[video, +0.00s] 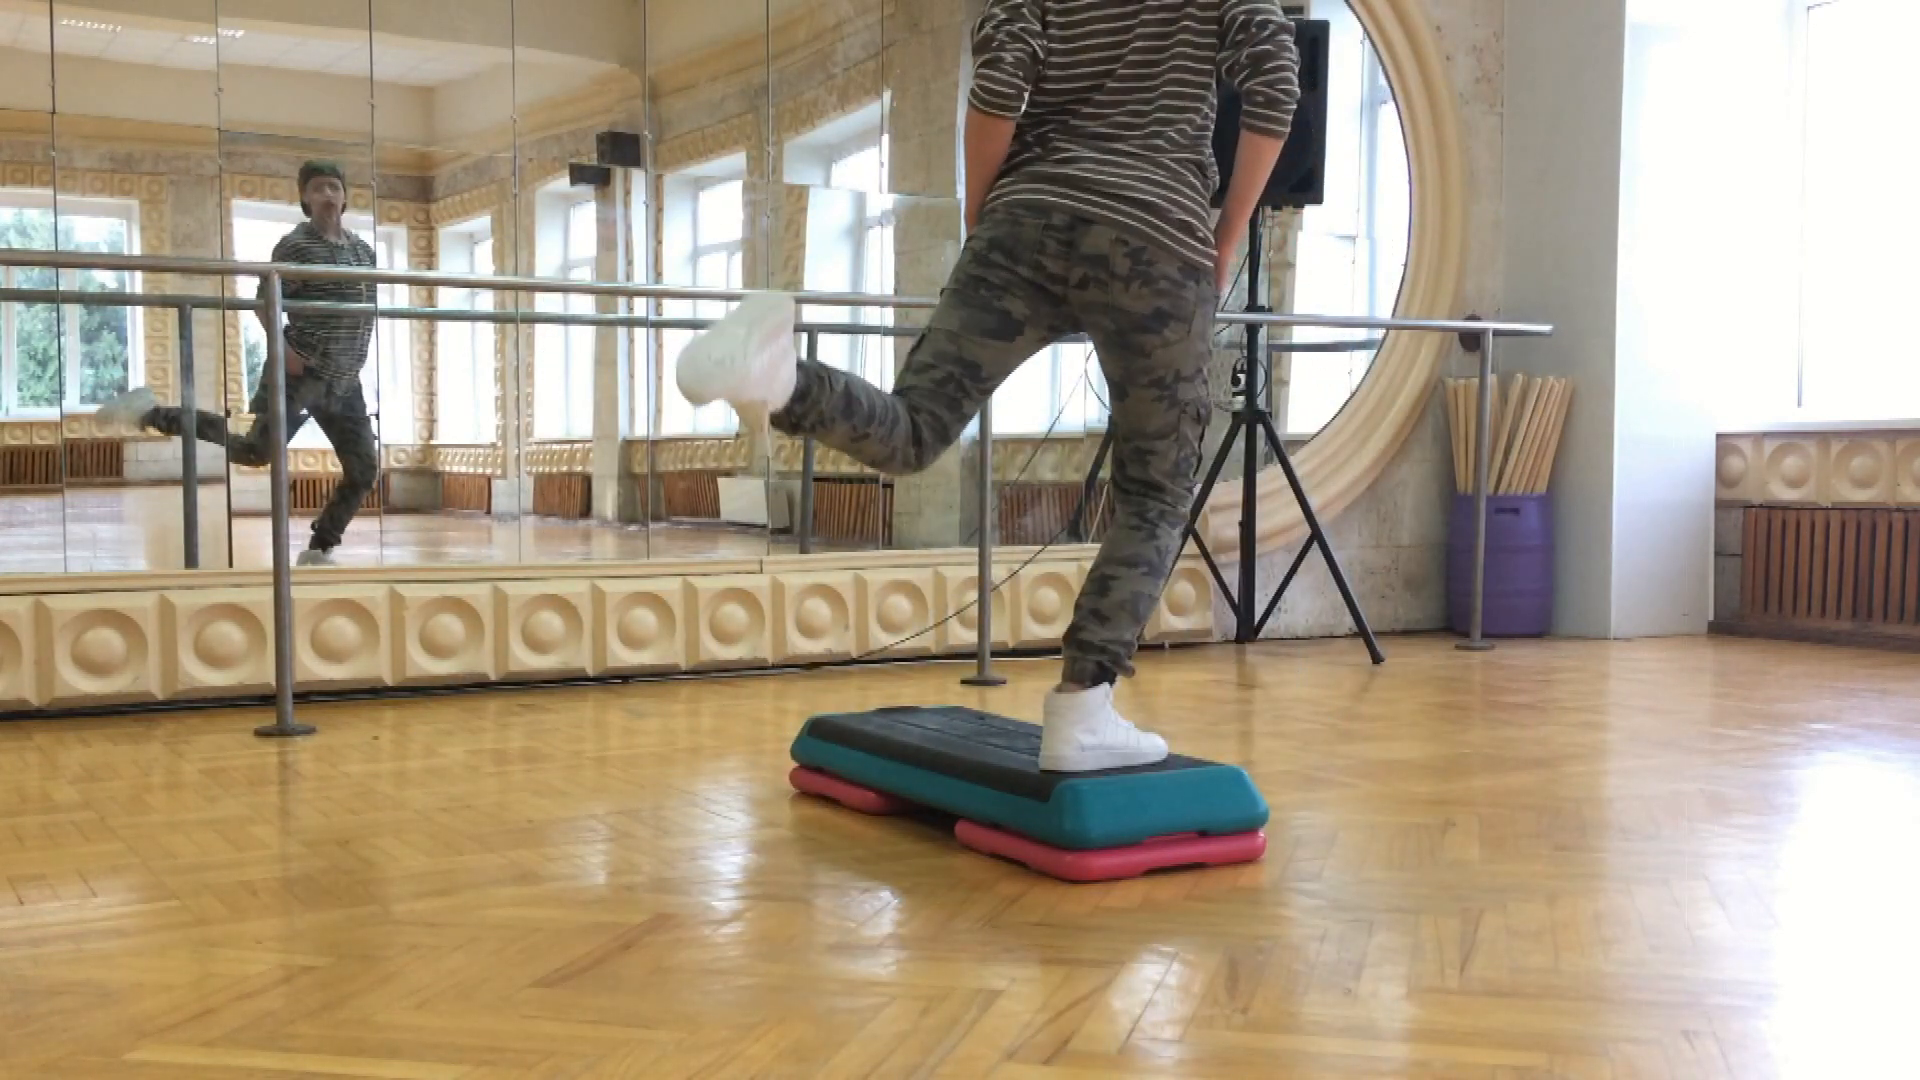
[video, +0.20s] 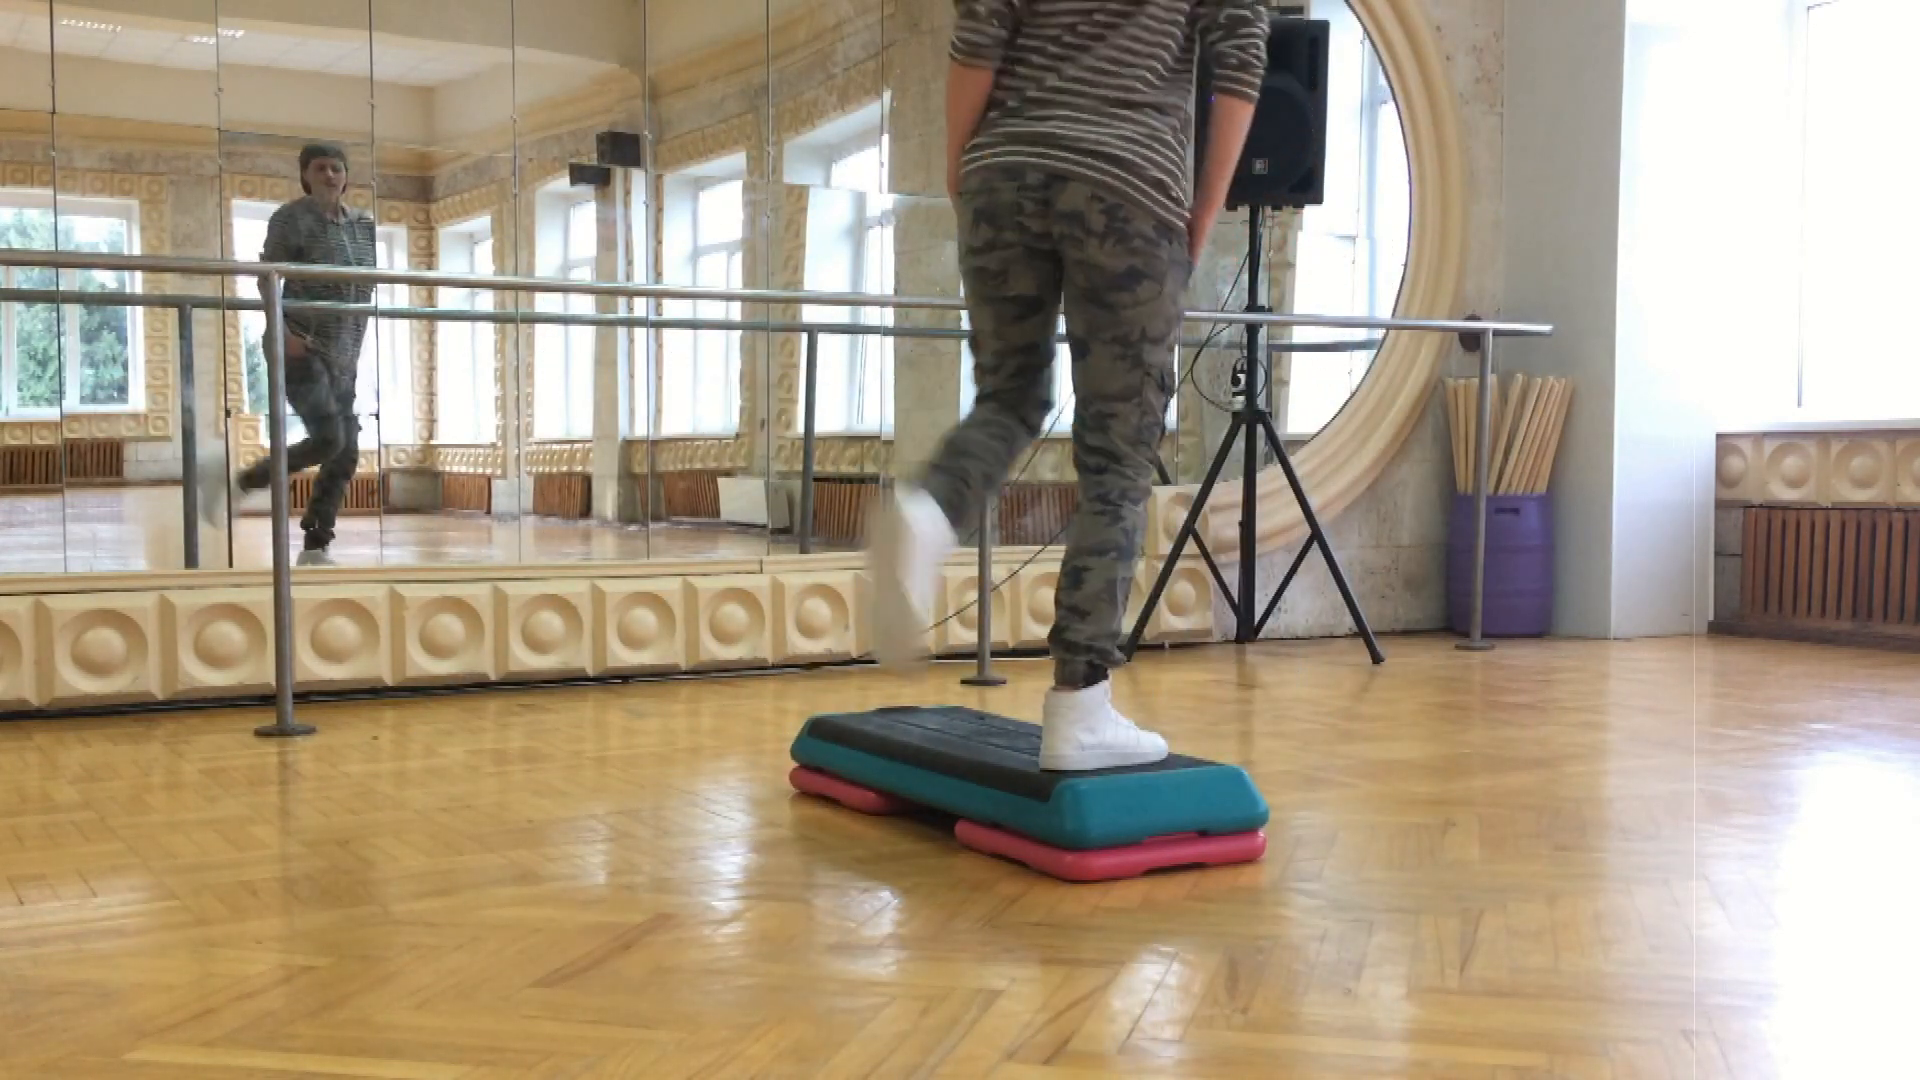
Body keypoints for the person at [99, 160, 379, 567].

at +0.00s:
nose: (329, 195)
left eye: (335, 187)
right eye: (319, 189)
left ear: (346, 197)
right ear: (304, 199)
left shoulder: (363, 252)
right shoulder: (294, 247)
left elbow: (361, 314)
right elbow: (263, 303)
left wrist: (352, 360)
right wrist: (283, 349)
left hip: (343, 383)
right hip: (296, 374)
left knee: (363, 471)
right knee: (256, 450)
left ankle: (319, 551)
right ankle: (152, 414)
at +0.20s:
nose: (331, 175)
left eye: (337, 169)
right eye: (321, 169)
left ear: (347, 178)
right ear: (305, 178)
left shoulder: (362, 226)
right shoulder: (291, 217)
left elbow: (363, 288)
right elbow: (265, 277)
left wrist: (354, 338)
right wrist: (281, 332)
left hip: (344, 352)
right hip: (299, 344)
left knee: (345, 452)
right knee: (328, 439)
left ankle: (316, 542)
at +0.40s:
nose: (328, 175)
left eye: (335, 170)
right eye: (319, 169)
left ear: (344, 179)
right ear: (302, 176)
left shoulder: (363, 232)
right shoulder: (284, 223)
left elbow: (369, 297)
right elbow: (265, 287)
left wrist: (364, 350)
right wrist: (286, 340)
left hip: (352, 356)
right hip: (305, 352)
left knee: (351, 455)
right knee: (345, 447)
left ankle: (321, 545)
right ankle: (323, 546)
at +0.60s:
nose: (327, 180)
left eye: (333, 174)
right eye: (318, 174)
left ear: (342, 183)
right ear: (300, 181)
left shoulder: (361, 235)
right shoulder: (288, 225)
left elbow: (366, 299)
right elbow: (269, 293)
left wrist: (370, 346)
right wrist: (295, 349)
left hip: (358, 363)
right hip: (311, 362)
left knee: (369, 470)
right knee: (349, 457)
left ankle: (321, 548)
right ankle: (328, 554)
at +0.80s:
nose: (329, 184)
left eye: (335, 177)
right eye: (319, 177)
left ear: (344, 186)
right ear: (303, 185)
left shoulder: (362, 242)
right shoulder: (291, 236)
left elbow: (369, 306)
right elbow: (273, 304)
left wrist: (371, 356)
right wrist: (300, 359)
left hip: (362, 370)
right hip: (318, 370)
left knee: (370, 469)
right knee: (357, 462)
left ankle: (340, 554)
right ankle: (330, 555)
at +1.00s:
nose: (336, 168)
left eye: (341, 162)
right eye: (326, 162)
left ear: (349, 171)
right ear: (307, 170)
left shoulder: (362, 219)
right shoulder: (296, 212)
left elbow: (366, 285)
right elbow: (279, 280)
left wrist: (370, 340)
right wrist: (303, 337)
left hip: (363, 347)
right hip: (319, 345)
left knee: (360, 446)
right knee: (364, 438)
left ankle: (338, 541)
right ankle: (331, 537)